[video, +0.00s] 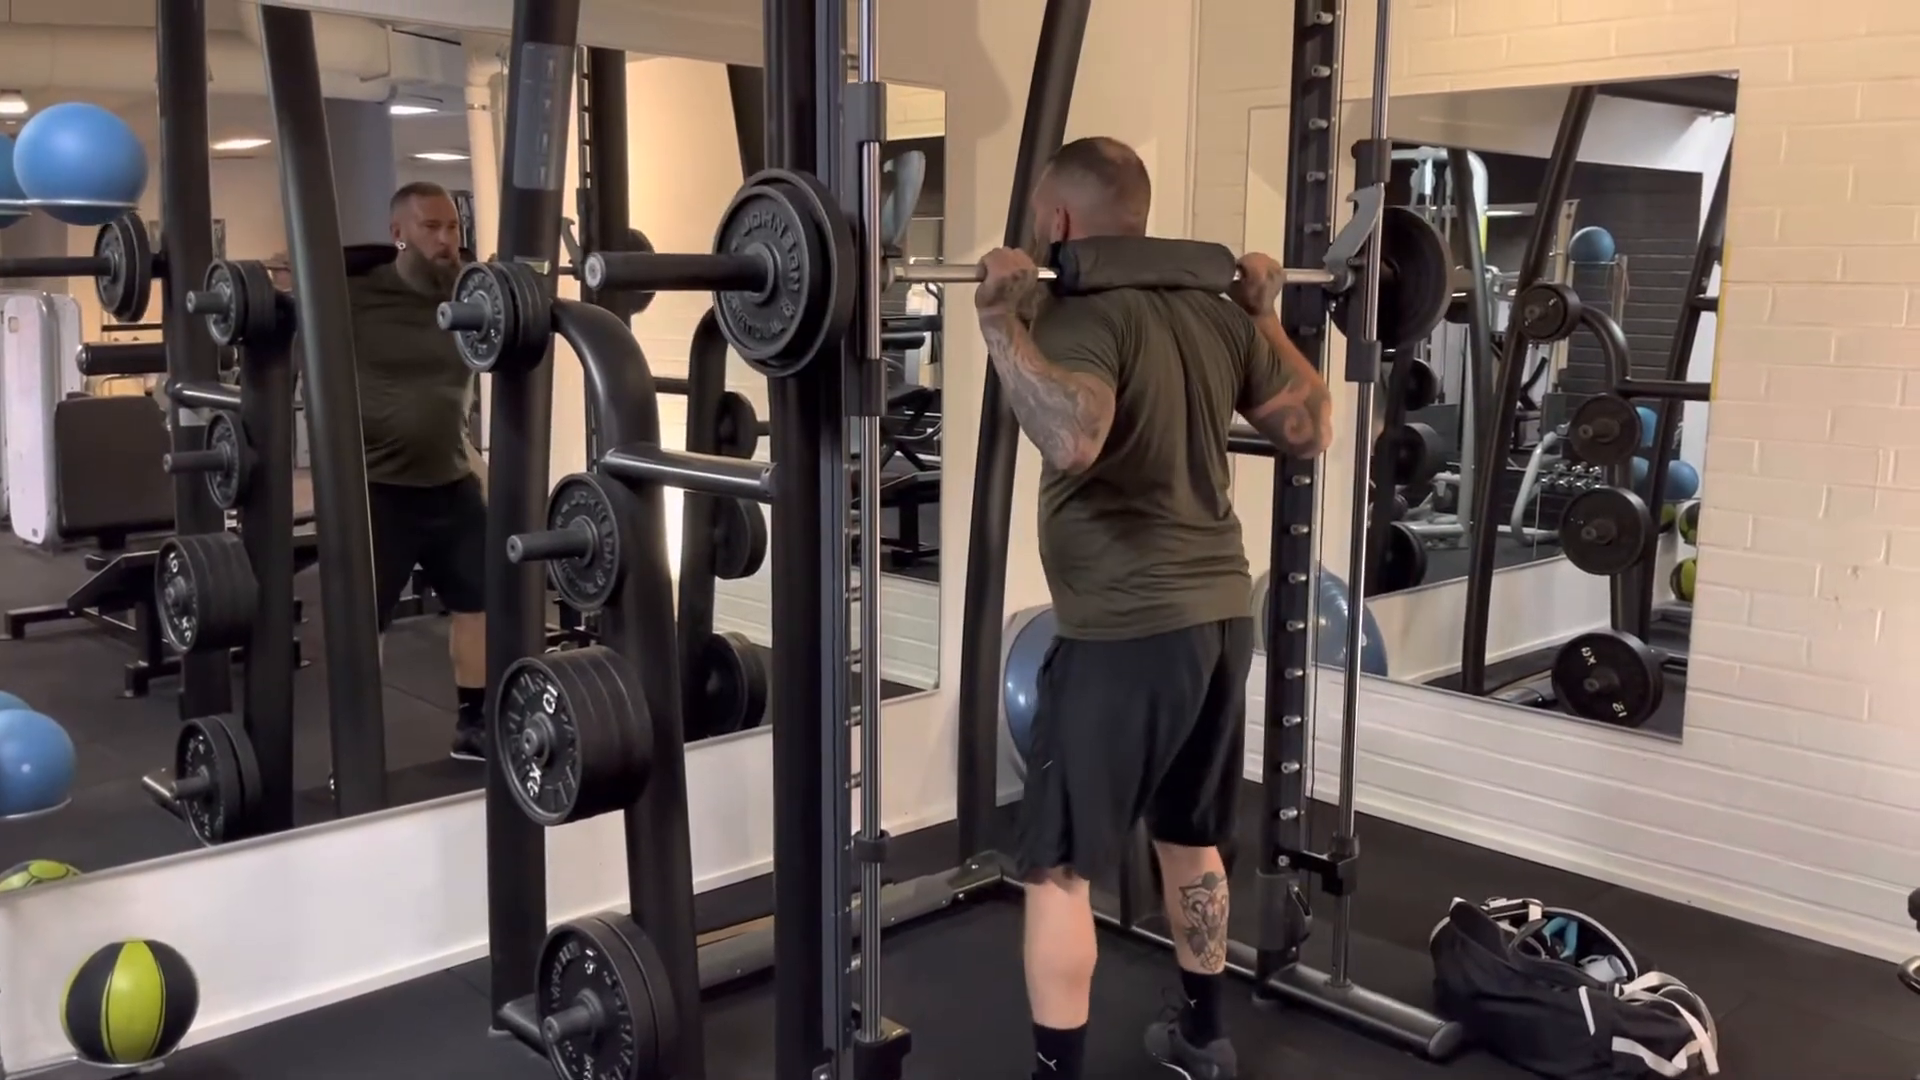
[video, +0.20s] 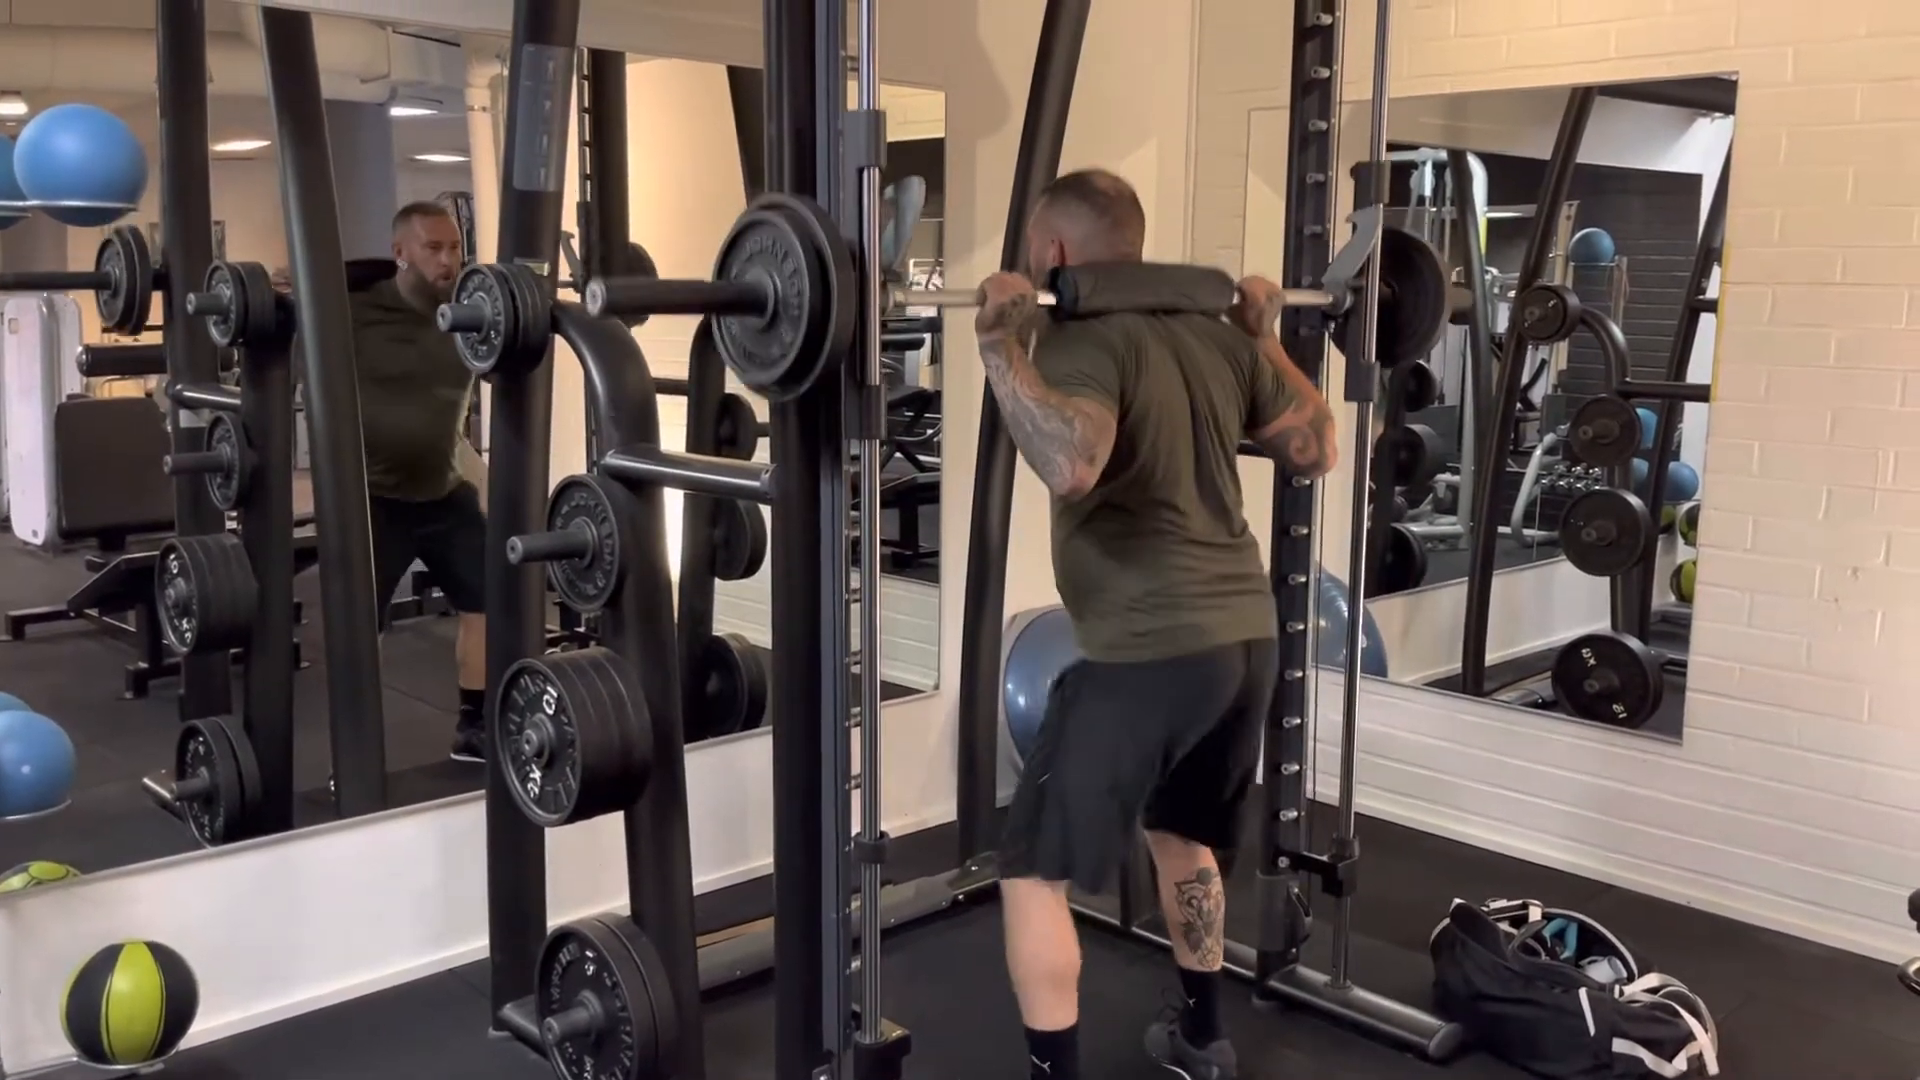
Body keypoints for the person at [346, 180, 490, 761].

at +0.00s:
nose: (449, 238)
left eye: (455, 227)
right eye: (434, 227)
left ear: (462, 232)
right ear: (399, 232)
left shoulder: (467, 297)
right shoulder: (354, 297)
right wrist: (274, 287)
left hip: (452, 484)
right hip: (376, 488)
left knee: (477, 597)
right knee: (359, 619)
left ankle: (475, 723)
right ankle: (352, 737)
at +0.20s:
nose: (449, 260)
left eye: (454, 248)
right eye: (435, 248)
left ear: (462, 251)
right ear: (401, 252)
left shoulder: (467, 313)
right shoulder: (356, 313)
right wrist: (264, 290)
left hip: (445, 495)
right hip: (372, 499)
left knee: (486, 593)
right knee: (353, 625)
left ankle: (476, 726)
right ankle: (350, 744)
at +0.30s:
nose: (447, 289)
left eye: (452, 278)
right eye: (435, 277)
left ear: (457, 280)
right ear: (404, 279)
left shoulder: (460, 344)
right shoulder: (361, 339)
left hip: (445, 510)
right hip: (376, 511)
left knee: (494, 594)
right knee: (355, 630)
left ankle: (476, 726)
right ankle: (352, 752)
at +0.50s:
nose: (453, 365)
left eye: (457, 350)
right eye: (438, 351)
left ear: (467, 353)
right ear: (405, 358)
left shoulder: (471, 408)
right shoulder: (363, 412)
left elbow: (500, 448)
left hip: (436, 551)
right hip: (367, 556)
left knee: (509, 604)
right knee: (352, 644)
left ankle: (477, 726)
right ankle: (353, 756)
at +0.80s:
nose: (454, 451)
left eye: (462, 437)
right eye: (441, 438)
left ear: (470, 435)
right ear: (408, 439)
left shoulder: (477, 485)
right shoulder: (363, 485)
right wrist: (292, 492)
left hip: (435, 616)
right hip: (365, 620)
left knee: (509, 617)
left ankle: (477, 729)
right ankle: (352, 761)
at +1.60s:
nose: (455, 379)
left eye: (461, 366)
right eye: (441, 366)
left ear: (470, 368)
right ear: (407, 370)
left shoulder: (473, 423)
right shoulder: (364, 420)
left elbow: (514, 467)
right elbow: (293, 470)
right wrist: (287, 421)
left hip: (430, 560)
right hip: (360, 565)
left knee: (508, 608)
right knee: (353, 653)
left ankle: (480, 728)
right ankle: (356, 765)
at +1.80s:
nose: (449, 311)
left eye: (454, 300)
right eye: (436, 301)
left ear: (461, 302)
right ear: (405, 306)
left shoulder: (469, 364)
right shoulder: (363, 365)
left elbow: (461, 450)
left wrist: (502, 519)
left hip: (440, 522)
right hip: (372, 527)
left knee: (503, 599)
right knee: (355, 640)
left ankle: (478, 731)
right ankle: (355, 760)